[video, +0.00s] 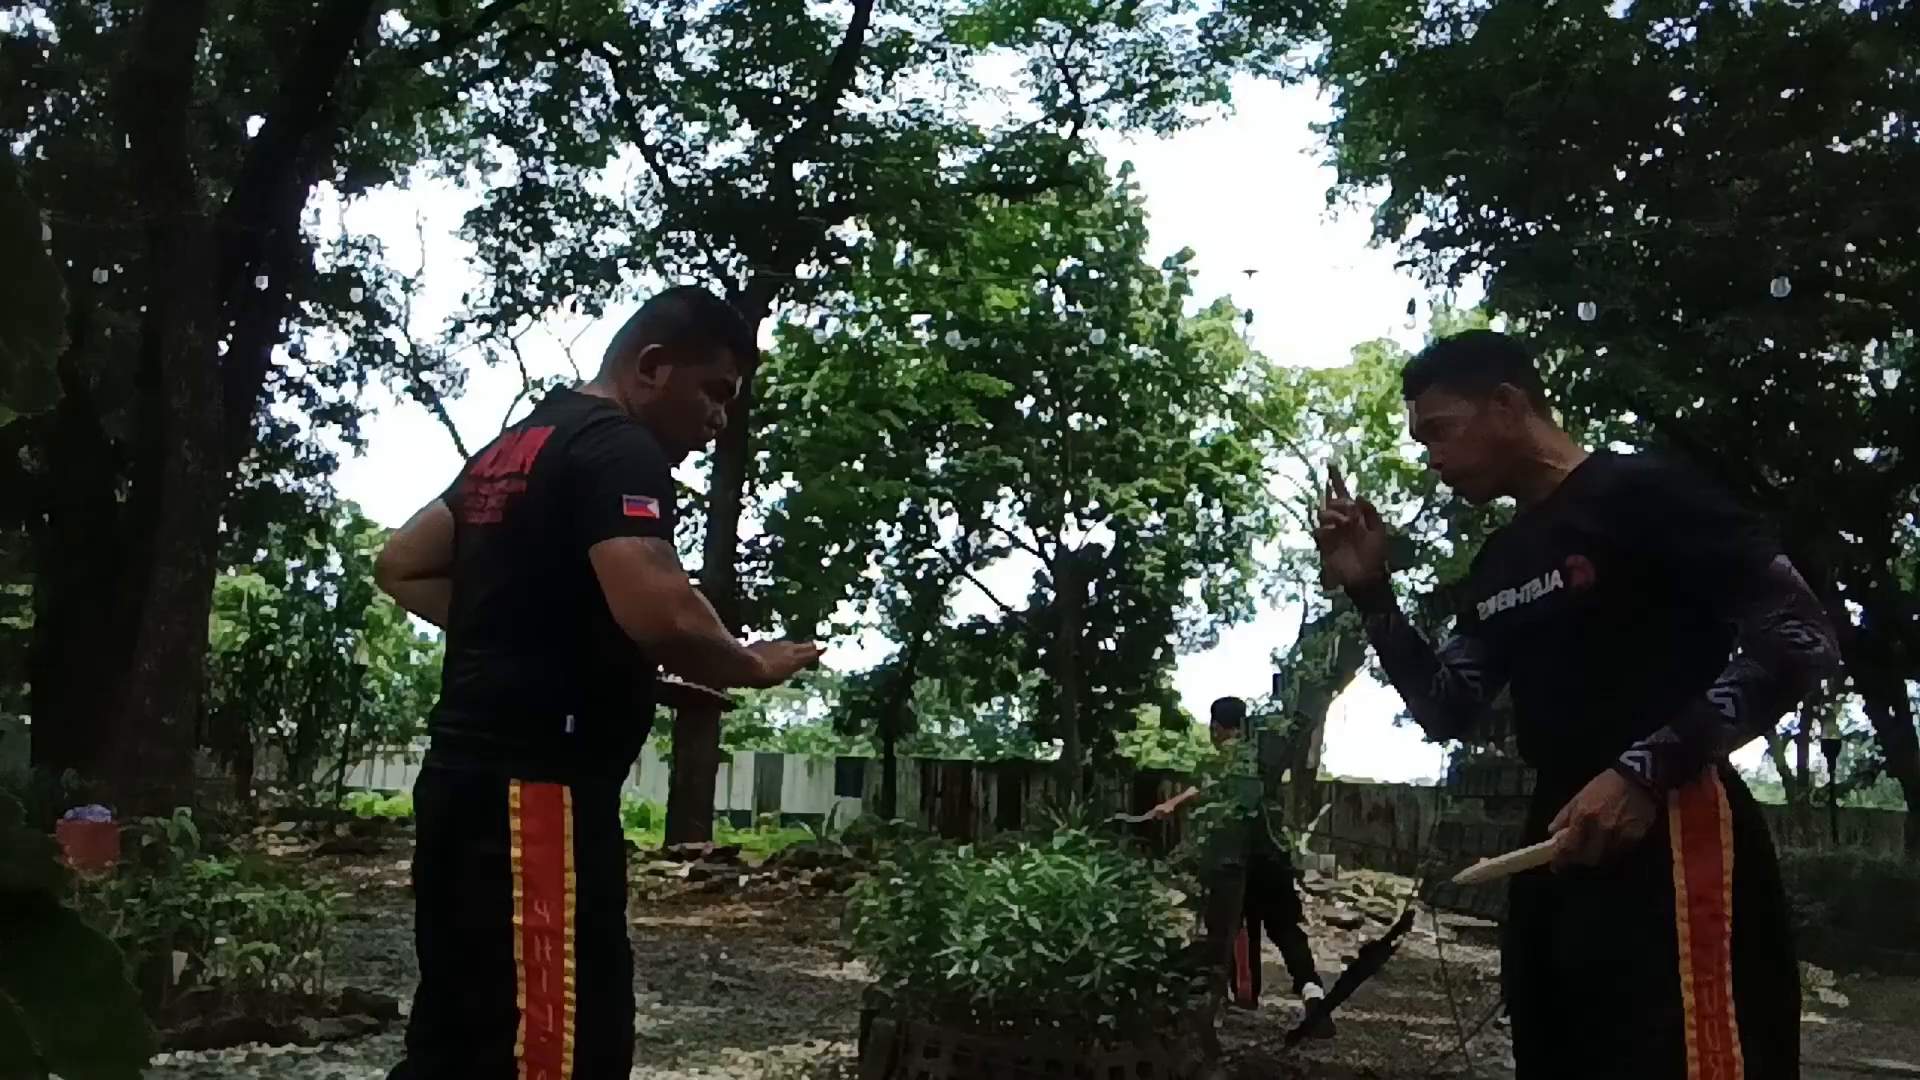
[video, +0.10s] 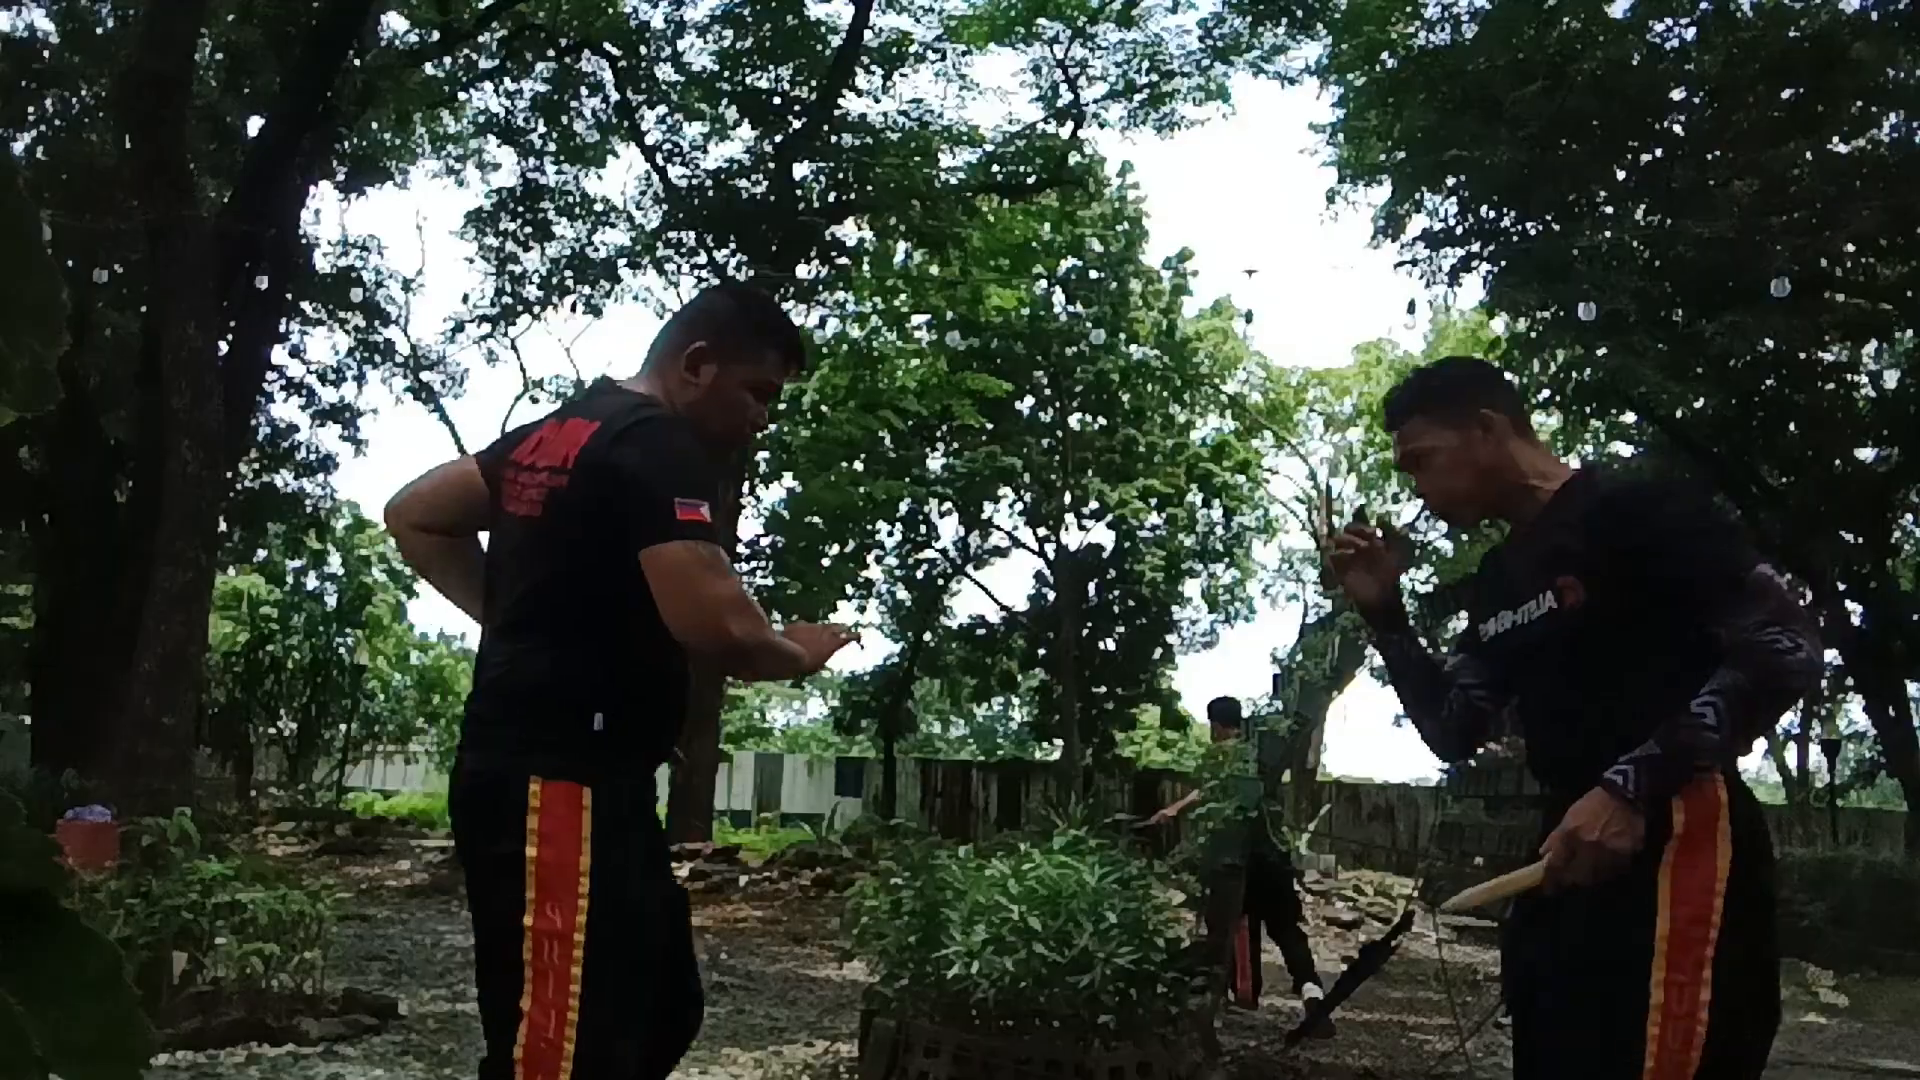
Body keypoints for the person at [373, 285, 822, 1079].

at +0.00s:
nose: (720, 421)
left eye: (729, 402)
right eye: (715, 392)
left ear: (641, 365)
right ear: (650, 363)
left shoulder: (521, 442)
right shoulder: (614, 443)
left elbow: (402, 564)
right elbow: (661, 615)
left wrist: (546, 635)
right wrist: (749, 664)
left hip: (470, 778)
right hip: (538, 789)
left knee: (459, 1042)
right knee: (561, 1050)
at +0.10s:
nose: (763, 422)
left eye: (772, 403)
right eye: (757, 394)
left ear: (679, 363)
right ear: (695, 364)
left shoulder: (564, 427)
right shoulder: (654, 441)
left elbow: (416, 516)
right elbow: (714, 627)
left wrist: (519, 620)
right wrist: (793, 653)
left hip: (593, 778)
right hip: (557, 779)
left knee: (662, 1015)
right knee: (558, 1043)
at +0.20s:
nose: (814, 421)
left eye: (821, 401)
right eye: (809, 393)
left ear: (740, 365)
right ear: (743, 364)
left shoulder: (617, 425)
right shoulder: (692, 444)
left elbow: (475, 508)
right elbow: (754, 633)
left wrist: (563, 613)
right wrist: (832, 640)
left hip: (648, 790)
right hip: (587, 787)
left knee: (760, 1012)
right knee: (577, 1052)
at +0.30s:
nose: (887, 430)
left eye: (897, 411)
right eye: (882, 399)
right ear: (814, 368)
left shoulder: (776, 480)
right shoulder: (716, 455)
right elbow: (771, 652)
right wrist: (871, 634)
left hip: (737, 815)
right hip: (634, 817)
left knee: (833, 1058)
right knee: (600, 1061)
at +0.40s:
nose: (980, 464)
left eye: (988, 443)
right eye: (970, 434)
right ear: (891, 410)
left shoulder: (943, 543)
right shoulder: (751, 501)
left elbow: (992, 660)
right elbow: (763, 684)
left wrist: (1115, 749)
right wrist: (929, 663)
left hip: (851, 862)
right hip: (710, 862)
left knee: (952, 1056)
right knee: (630, 1062)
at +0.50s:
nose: (1041, 489)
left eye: (1049, 467)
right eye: (1026, 461)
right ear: (942, 440)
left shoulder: (1030, 581)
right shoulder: (808, 530)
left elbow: (1160, 698)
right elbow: (780, 713)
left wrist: (1301, 793)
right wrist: (959, 706)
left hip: (910, 883)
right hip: (755, 877)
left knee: (1021, 1056)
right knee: (651, 1066)